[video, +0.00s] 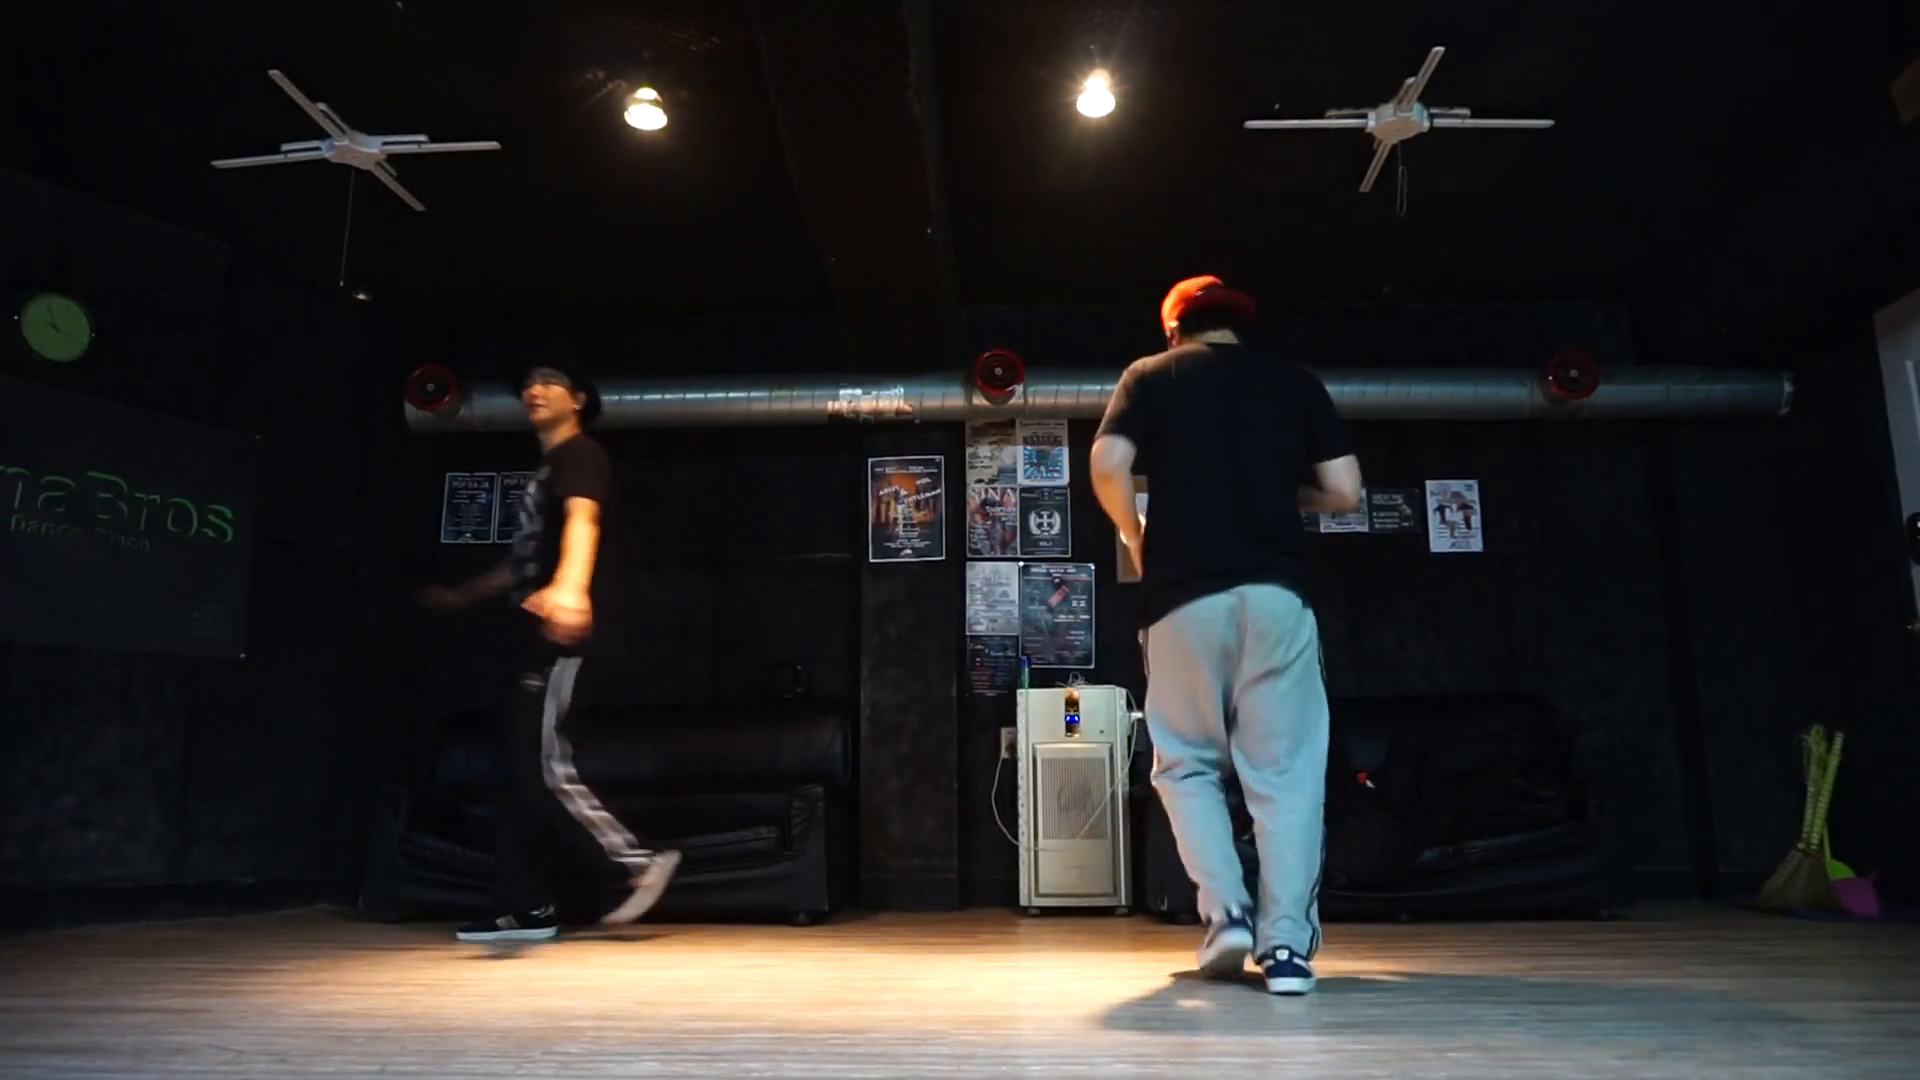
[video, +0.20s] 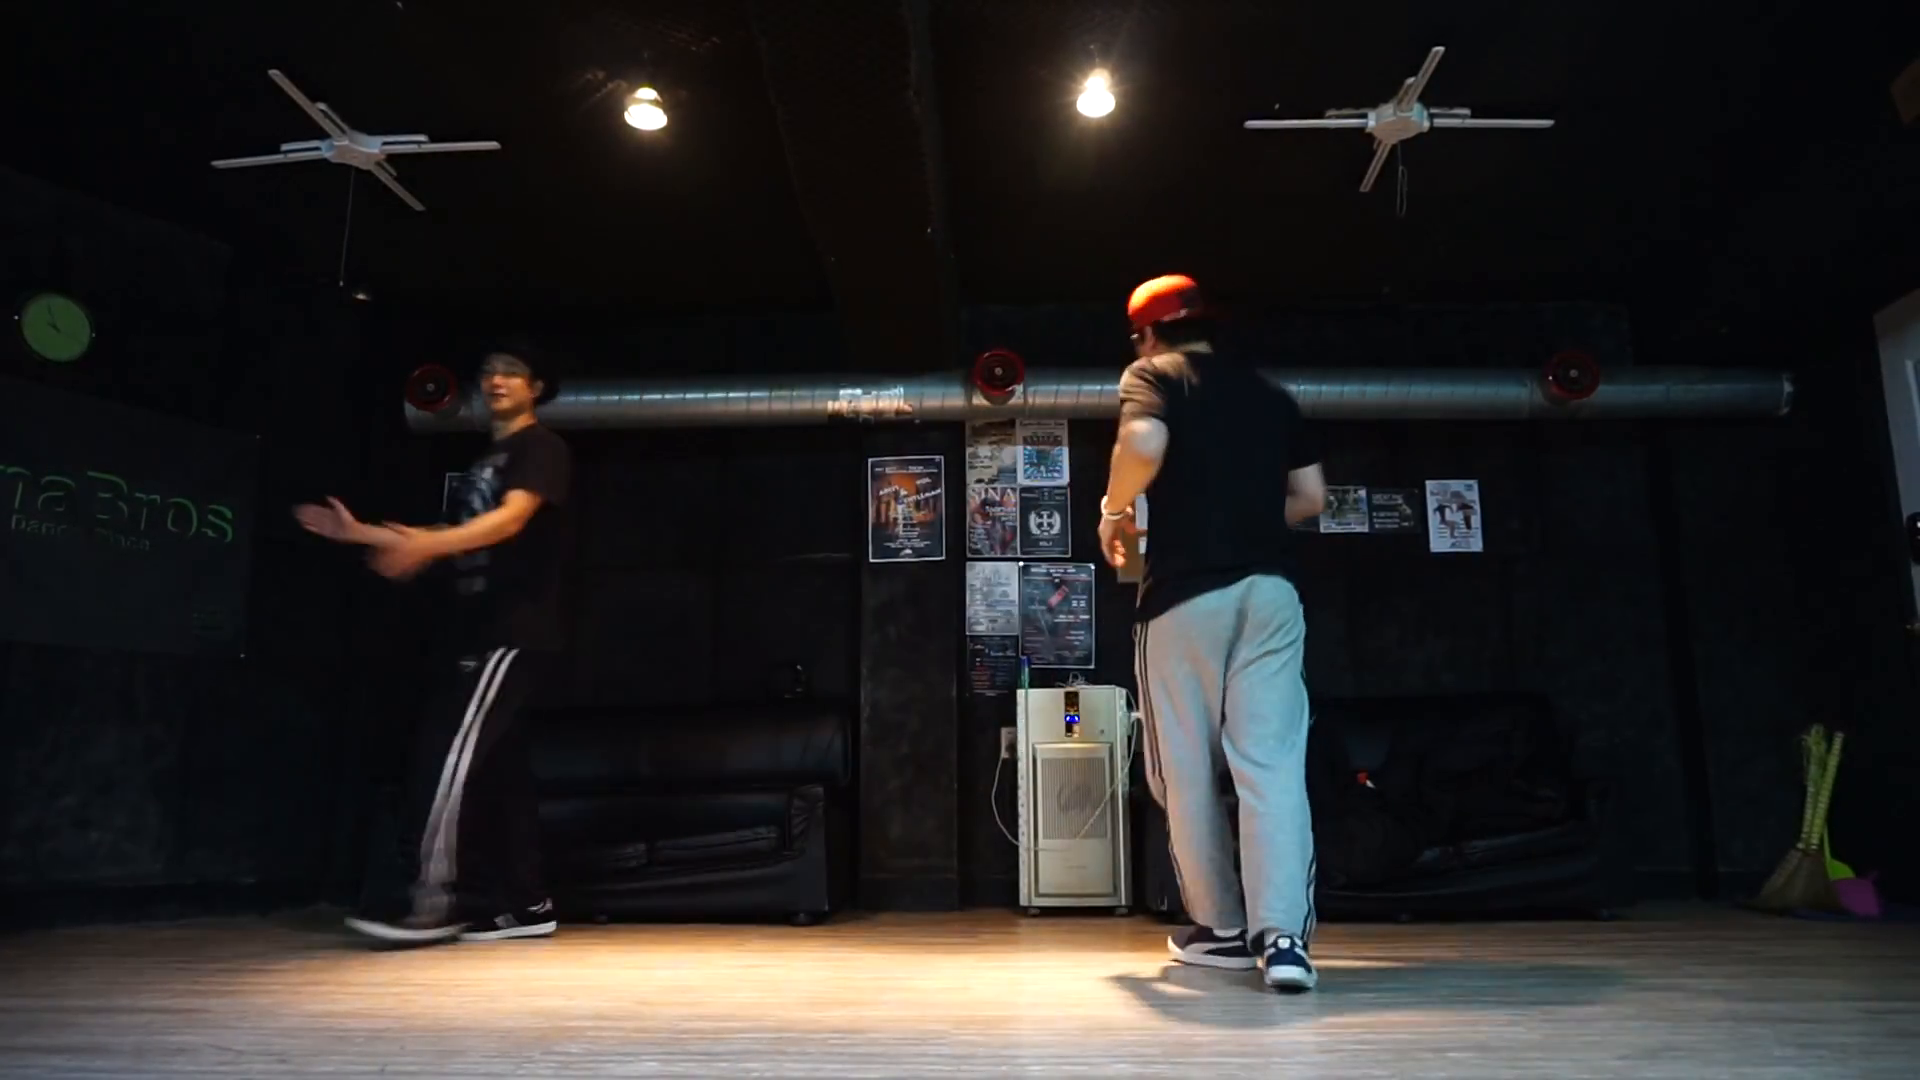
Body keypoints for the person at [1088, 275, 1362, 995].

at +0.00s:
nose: (1171, 340)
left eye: (1169, 330)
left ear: (1174, 331)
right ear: (1241, 324)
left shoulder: (1148, 377)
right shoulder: (1291, 378)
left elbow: (1107, 461)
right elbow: (1342, 491)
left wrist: (1132, 533)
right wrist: (1274, 490)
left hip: (1185, 596)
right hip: (1276, 592)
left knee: (1187, 764)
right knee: (1285, 775)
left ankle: (1227, 919)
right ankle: (1288, 948)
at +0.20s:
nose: (1134, 349)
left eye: (1136, 338)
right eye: (1135, 339)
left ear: (1150, 334)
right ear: (1207, 325)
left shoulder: (1151, 372)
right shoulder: (1264, 388)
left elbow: (1142, 445)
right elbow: (1310, 498)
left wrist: (1115, 508)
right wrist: (1246, 518)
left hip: (1184, 587)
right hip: (1271, 584)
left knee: (1186, 765)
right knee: (1273, 761)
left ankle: (1220, 931)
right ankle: (1284, 936)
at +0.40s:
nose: (1099, 391)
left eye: (1100, 377)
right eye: (1098, 378)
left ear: (1124, 368)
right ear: (1157, 364)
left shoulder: (1152, 412)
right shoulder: (1221, 416)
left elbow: (1182, 495)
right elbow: (1271, 518)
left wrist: (1100, 528)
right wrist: (1209, 549)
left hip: (1169, 629)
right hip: (1241, 623)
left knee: (1155, 784)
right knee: (1244, 775)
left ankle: (1213, 936)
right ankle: (1278, 880)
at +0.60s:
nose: (1081, 392)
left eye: (1087, 378)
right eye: (1080, 380)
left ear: (1119, 372)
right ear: (1131, 373)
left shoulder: (1146, 423)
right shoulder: (1191, 423)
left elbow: (1180, 506)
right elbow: (1243, 524)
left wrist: (1088, 530)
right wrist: (1174, 560)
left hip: (1153, 634)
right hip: (1203, 629)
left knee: (1134, 788)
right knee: (1163, 770)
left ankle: (1216, 935)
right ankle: (1237, 885)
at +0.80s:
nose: (1054, 373)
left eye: (1064, 362)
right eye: (1054, 364)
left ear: (1099, 366)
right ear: (1103, 373)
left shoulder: (1109, 411)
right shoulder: (1140, 416)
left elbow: (1142, 477)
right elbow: (1208, 505)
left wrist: (1050, 512)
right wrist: (1150, 550)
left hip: (1131, 620)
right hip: (1157, 614)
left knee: (1141, 776)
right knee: (1101, 768)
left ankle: (1221, 925)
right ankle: (1100, 915)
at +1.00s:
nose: (1026, 406)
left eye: (1037, 394)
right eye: (1023, 397)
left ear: (1071, 395)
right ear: (1035, 405)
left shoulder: (1084, 435)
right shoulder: (1101, 441)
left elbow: (1111, 494)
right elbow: (1166, 528)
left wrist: (1025, 534)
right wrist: (1099, 564)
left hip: (1105, 645)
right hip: (1091, 643)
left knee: (1085, 787)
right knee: (1061, 782)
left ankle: (1200, 892)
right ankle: (1090, 923)